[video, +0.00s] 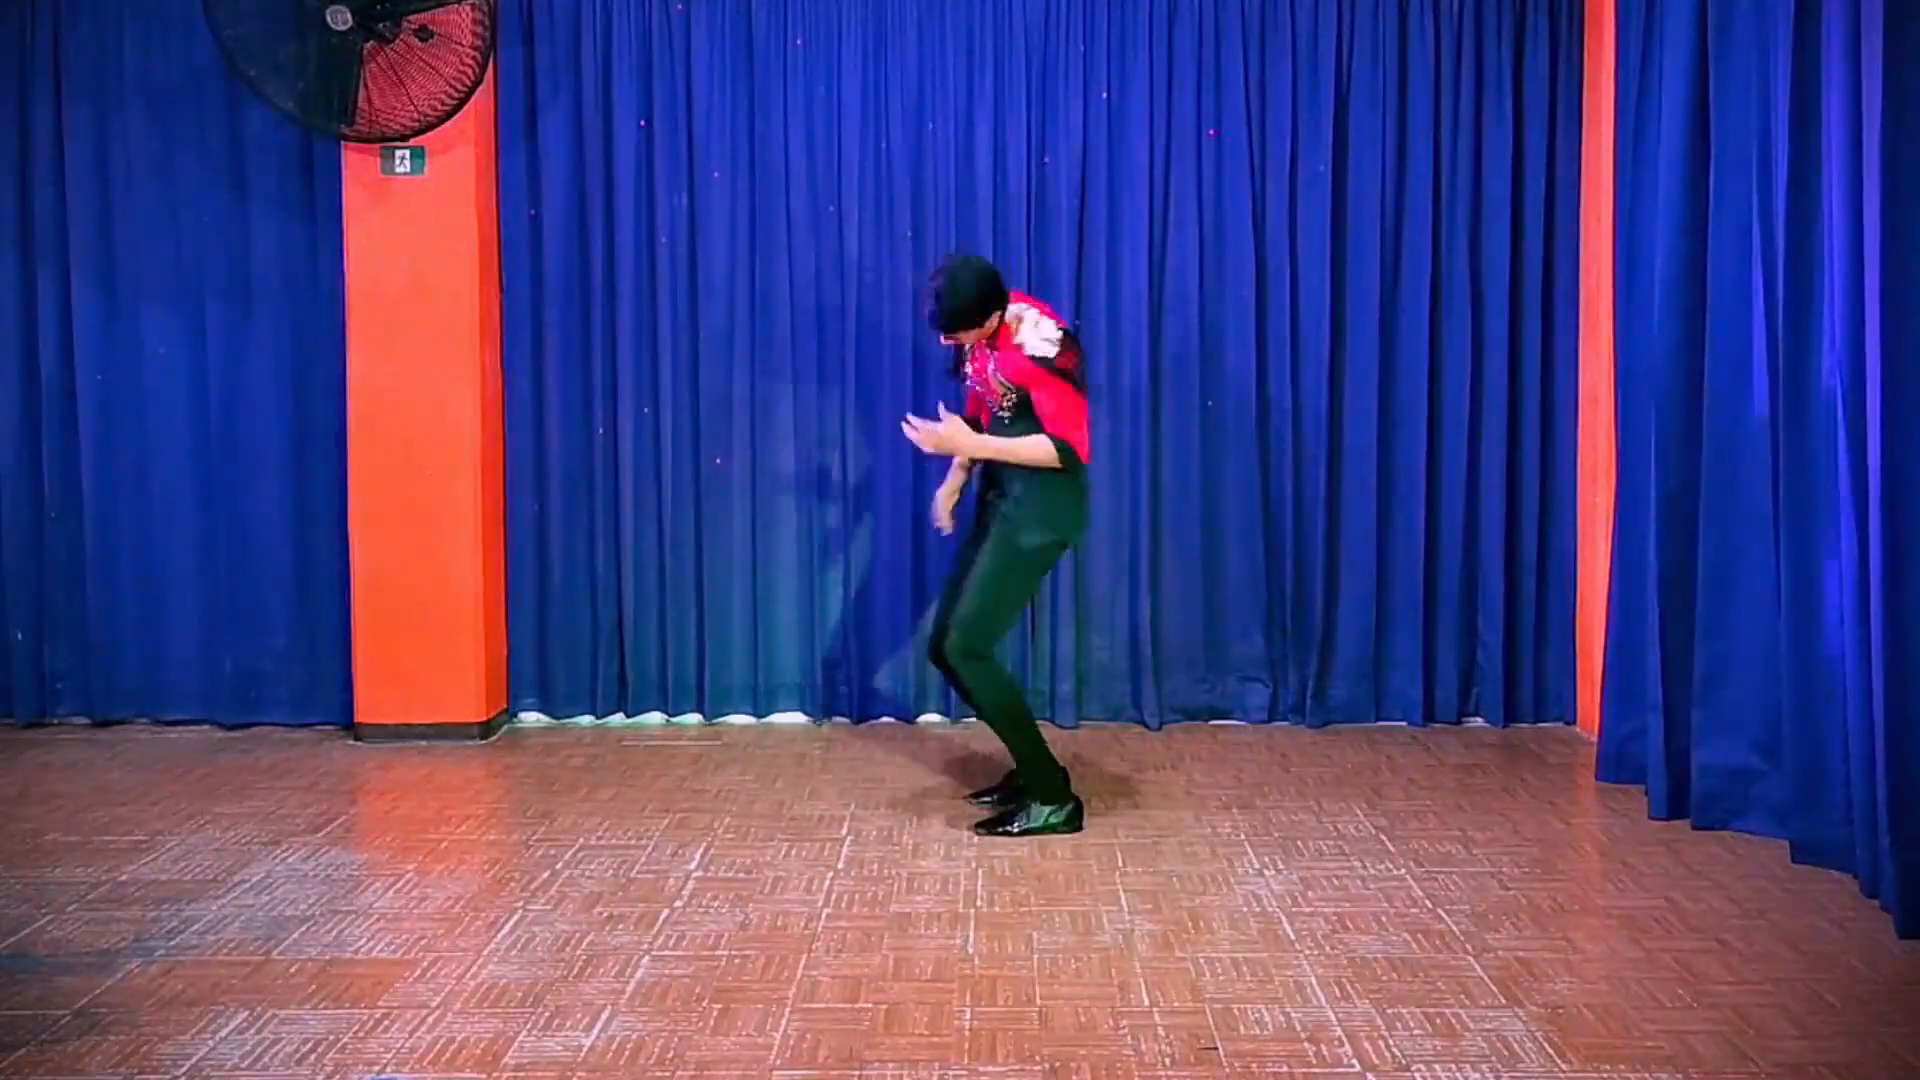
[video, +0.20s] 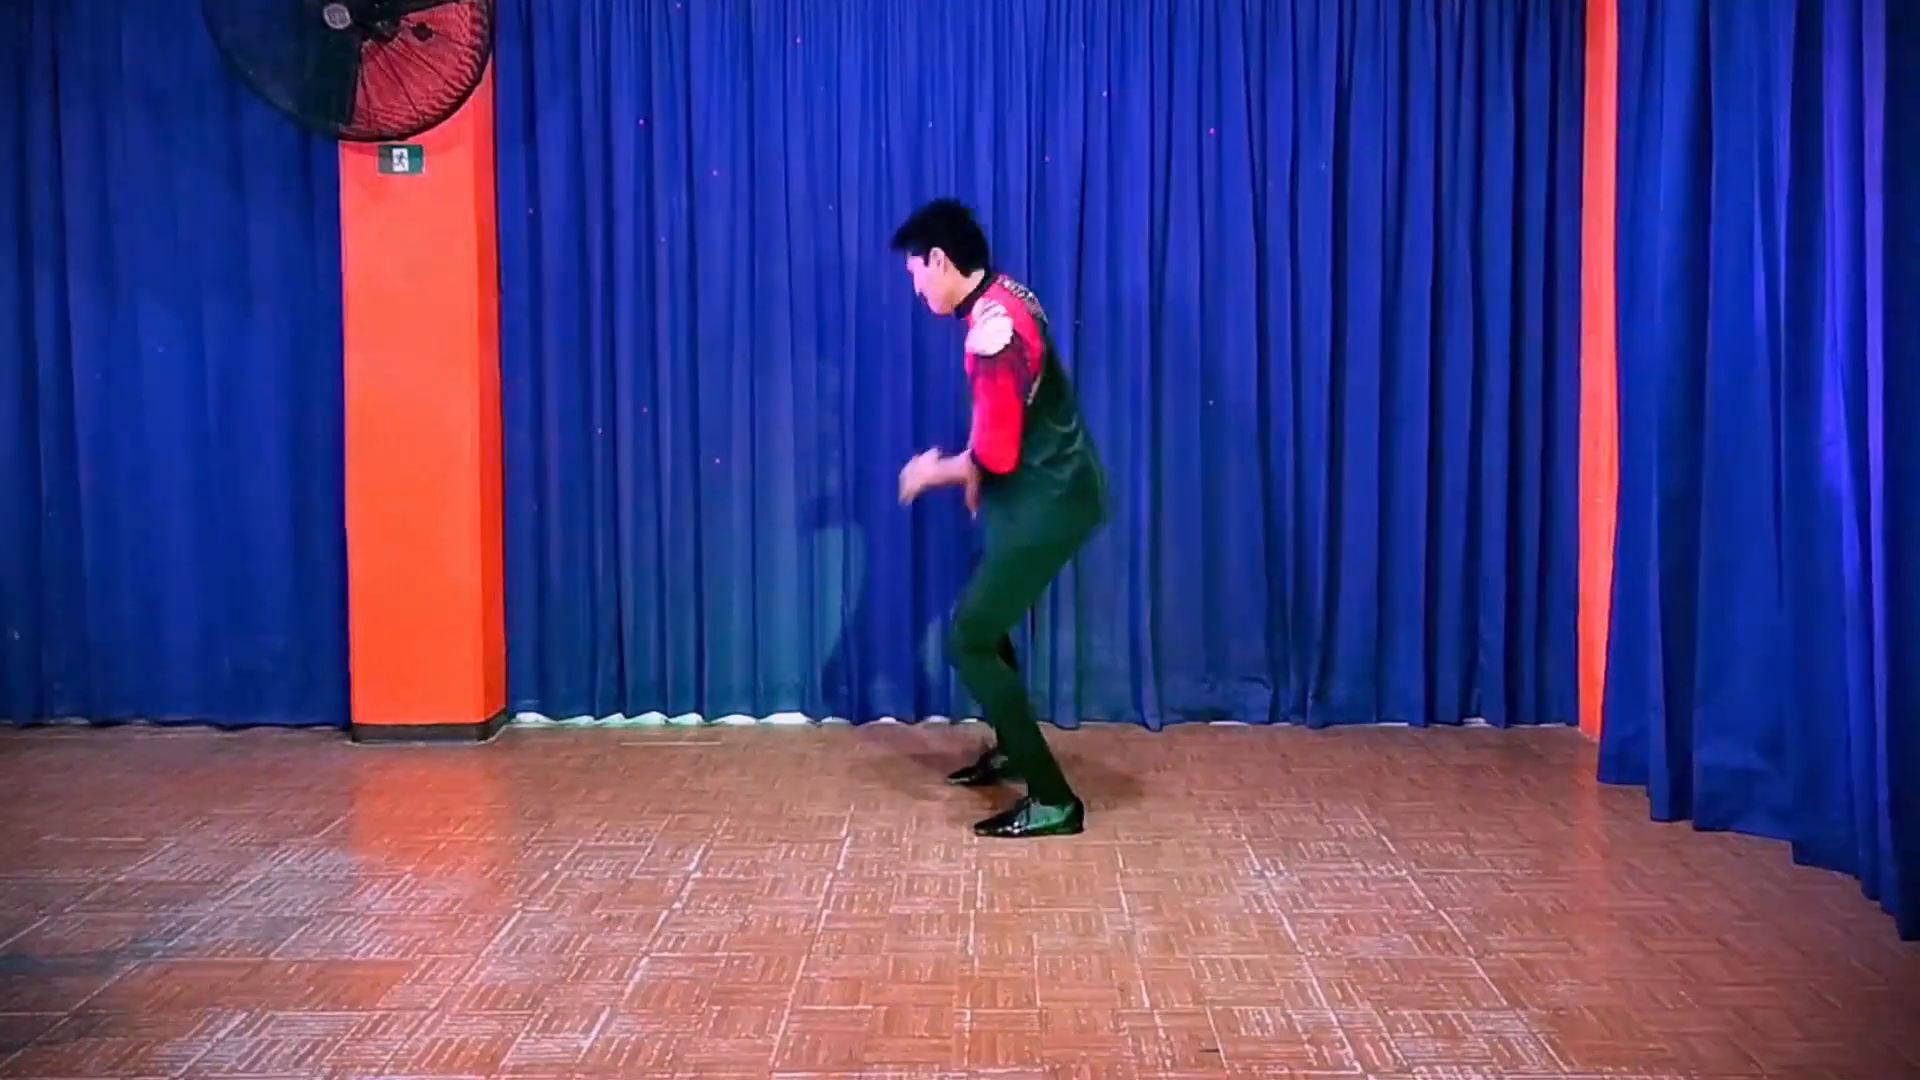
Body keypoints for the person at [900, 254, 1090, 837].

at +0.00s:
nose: (954, 342)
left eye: (962, 332)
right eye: (949, 333)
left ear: (992, 316)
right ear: (959, 315)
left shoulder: (1037, 352)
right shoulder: (985, 336)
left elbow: (1069, 448)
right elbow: (989, 420)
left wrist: (969, 443)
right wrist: (955, 480)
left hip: (1042, 511)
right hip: (1002, 505)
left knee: (965, 646)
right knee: (946, 645)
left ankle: (1053, 797)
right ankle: (1030, 773)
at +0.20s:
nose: (915, 284)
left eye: (917, 268)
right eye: (912, 271)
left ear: (946, 260)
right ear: (958, 260)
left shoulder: (993, 327)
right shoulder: (1000, 301)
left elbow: (997, 453)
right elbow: (1000, 407)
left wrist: (932, 471)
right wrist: (976, 465)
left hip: (1055, 499)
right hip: (1038, 491)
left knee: (971, 640)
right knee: (980, 620)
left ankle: (1053, 802)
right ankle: (1016, 747)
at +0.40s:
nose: (923, 280)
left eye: (934, 269)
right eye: (925, 267)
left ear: (973, 278)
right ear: (975, 277)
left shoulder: (989, 350)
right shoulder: (1019, 313)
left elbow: (945, 453)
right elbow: (1013, 430)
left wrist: (850, 431)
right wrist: (947, 463)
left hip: (1053, 511)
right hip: (1045, 496)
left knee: (958, 651)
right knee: (977, 624)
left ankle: (1053, 800)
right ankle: (1018, 746)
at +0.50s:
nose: (936, 268)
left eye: (946, 255)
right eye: (935, 255)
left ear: (987, 257)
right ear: (984, 259)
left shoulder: (1003, 325)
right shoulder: (1024, 300)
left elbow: (922, 419)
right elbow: (1026, 411)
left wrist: (861, 336)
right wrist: (962, 453)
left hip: (1053, 500)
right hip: (1041, 488)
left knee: (970, 642)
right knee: (964, 614)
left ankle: (1053, 800)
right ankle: (1020, 745)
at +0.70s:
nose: (949, 257)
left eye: (966, 251)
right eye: (953, 243)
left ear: (1004, 272)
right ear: (978, 263)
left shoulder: (1018, 323)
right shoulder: (1002, 305)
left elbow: (925, 382)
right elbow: (1034, 403)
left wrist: (936, 328)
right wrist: (1012, 473)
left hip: (1061, 503)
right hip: (1035, 496)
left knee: (978, 642)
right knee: (964, 637)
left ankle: (1055, 795)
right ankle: (1045, 768)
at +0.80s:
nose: (926, 277)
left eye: (939, 263)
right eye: (929, 263)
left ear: (980, 273)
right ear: (978, 275)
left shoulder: (1002, 335)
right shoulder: (1007, 320)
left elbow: (973, 452)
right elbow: (1031, 439)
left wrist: (949, 409)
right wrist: (979, 486)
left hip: (1064, 510)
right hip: (1056, 503)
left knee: (972, 644)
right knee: (975, 638)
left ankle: (1056, 793)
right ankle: (1043, 775)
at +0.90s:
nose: (932, 356)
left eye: (924, 341)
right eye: (923, 347)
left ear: (936, 313)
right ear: (958, 306)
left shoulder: (999, 345)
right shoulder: (1013, 320)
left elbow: (1047, 428)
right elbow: (1021, 424)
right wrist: (974, 460)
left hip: (1065, 510)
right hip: (1070, 501)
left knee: (969, 641)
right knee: (977, 635)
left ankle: (1050, 790)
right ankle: (1051, 775)